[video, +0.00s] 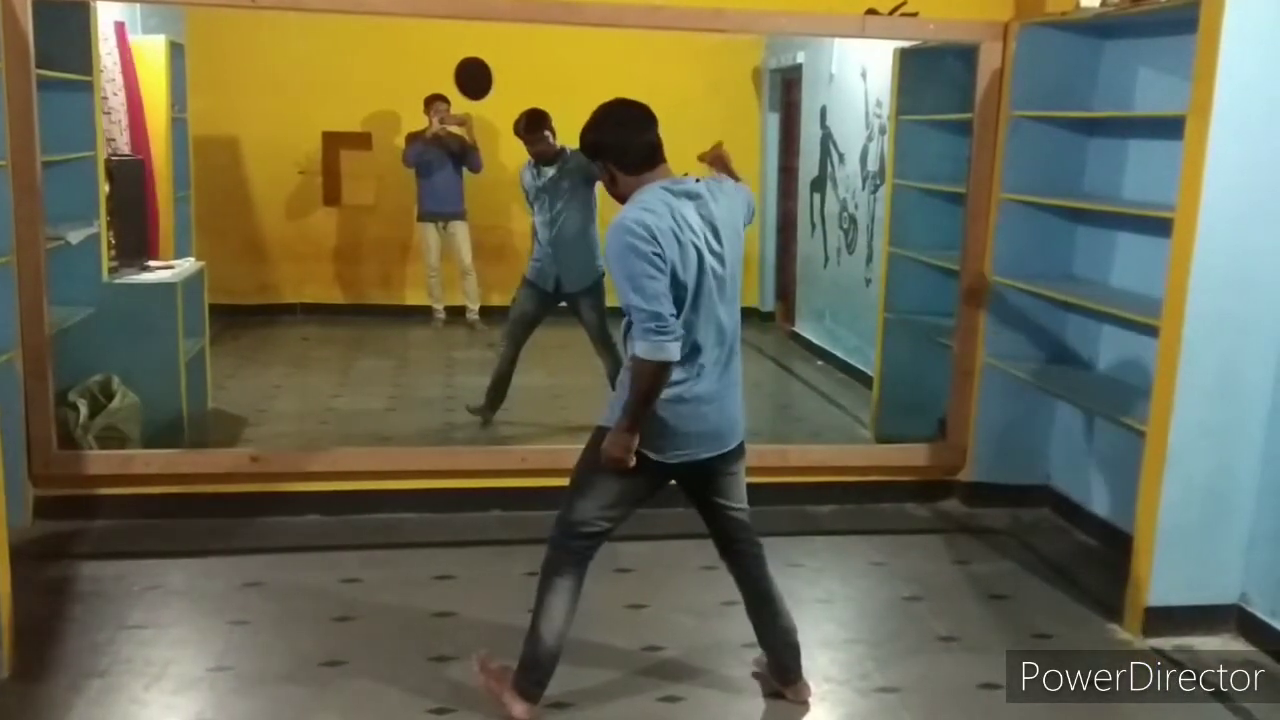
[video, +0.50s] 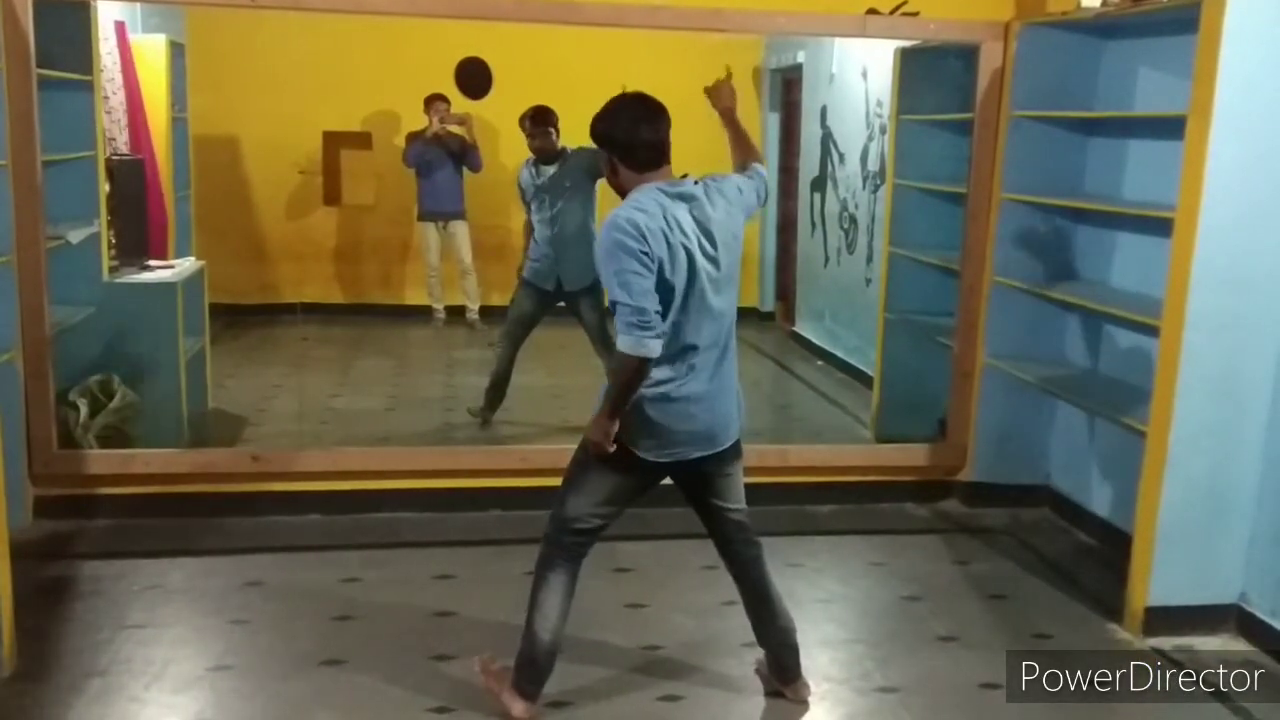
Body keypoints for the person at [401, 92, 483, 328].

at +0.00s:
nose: (440, 116)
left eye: (444, 111)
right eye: (436, 111)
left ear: (450, 114)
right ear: (427, 113)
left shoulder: (456, 140)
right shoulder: (417, 139)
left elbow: (475, 166)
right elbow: (409, 160)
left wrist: (469, 135)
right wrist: (429, 134)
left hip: (456, 213)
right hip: (428, 214)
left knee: (466, 265)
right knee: (432, 267)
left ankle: (473, 313)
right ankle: (438, 312)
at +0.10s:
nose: (440, 115)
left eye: (444, 111)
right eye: (436, 110)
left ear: (450, 114)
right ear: (427, 113)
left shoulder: (456, 140)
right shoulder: (417, 139)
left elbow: (476, 165)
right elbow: (410, 160)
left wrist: (469, 133)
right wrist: (429, 134)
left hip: (456, 213)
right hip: (428, 214)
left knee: (466, 264)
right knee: (433, 266)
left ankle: (473, 312)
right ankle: (438, 311)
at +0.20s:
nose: (440, 115)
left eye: (444, 111)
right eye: (436, 110)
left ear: (450, 113)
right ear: (427, 113)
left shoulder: (456, 140)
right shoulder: (417, 138)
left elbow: (476, 165)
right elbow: (410, 160)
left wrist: (469, 133)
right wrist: (429, 134)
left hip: (456, 213)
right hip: (428, 214)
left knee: (466, 264)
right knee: (433, 266)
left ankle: (473, 312)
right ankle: (438, 311)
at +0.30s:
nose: (440, 115)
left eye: (444, 110)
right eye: (436, 110)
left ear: (450, 113)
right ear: (427, 112)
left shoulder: (456, 140)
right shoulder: (417, 138)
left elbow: (476, 165)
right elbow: (410, 160)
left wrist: (470, 133)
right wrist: (429, 134)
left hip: (456, 213)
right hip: (428, 214)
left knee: (466, 264)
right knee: (433, 266)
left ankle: (473, 312)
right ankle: (438, 311)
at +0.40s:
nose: (440, 115)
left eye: (444, 111)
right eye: (436, 110)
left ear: (450, 114)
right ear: (427, 113)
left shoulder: (456, 140)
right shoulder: (417, 139)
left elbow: (476, 165)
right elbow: (410, 160)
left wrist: (470, 133)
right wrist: (429, 134)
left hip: (456, 213)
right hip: (428, 214)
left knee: (466, 264)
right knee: (433, 267)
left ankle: (473, 313)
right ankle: (438, 312)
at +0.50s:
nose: (440, 115)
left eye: (444, 111)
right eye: (435, 110)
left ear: (450, 113)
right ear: (427, 113)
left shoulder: (456, 140)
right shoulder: (416, 138)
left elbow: (476, 165)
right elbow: (410, 161)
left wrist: (470, 133)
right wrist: (429, 134)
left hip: (456, 213)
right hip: (428, 214)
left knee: (466, 264)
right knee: (433, 267)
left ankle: (473, 313)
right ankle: (438, 311)